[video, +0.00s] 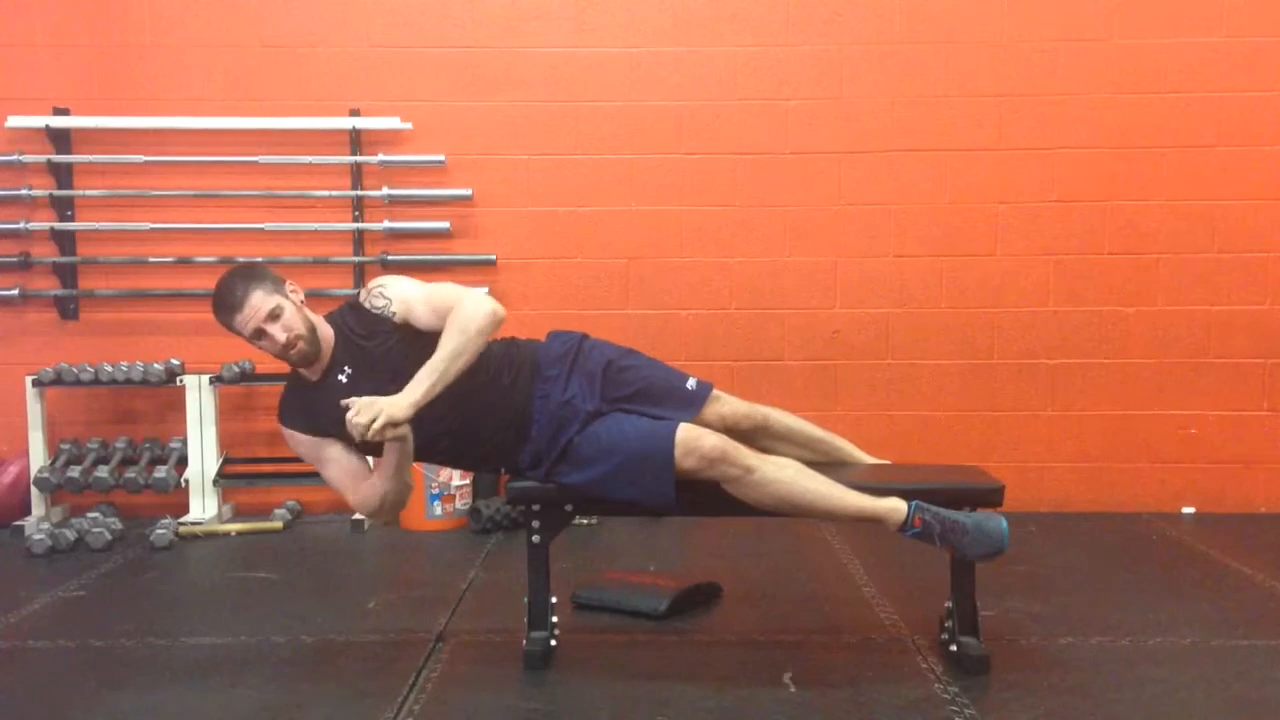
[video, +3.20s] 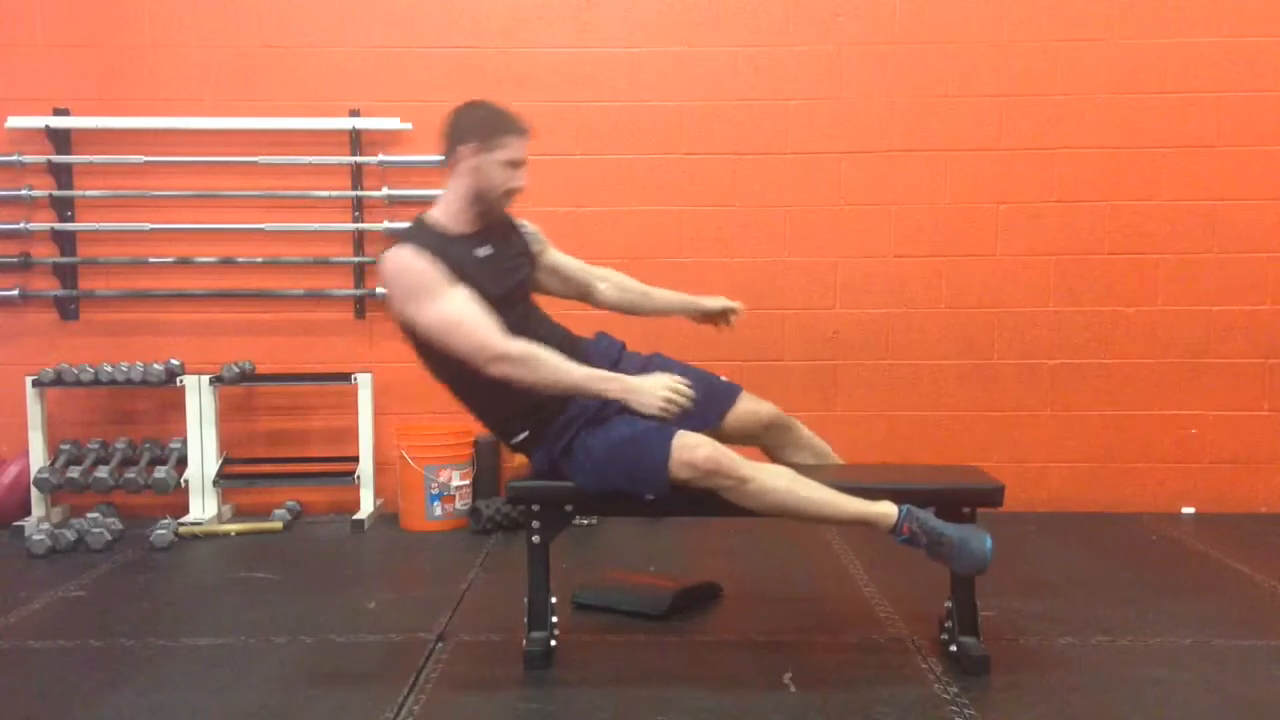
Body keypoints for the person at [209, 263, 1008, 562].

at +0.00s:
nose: (280, 332)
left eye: (276, 310)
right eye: (259, 334)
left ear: (295, 291)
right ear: (252, 350)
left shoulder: (371, 301)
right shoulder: (305, 421)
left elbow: (483, 312)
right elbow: (378, 507)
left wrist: (405, 401)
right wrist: (394, 441)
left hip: (569, 369)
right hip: (547, 451)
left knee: (739, 416)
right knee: (708, 453)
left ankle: (906, 492)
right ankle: (913, 519)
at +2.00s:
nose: (295, 327)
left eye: (294, 307)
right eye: (275, 326)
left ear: (312, 284)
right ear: (260, 337)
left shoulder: (368, 293)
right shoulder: (301, 400)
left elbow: (385, 321)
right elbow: (323, 420)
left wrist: (345, 360)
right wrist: (328, 399)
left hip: (568, 365)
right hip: (548, 446)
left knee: (737, 415)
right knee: (708, 454)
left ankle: (909, 491)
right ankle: (912, 520)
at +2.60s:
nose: (308, 305)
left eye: (309, 287)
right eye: (287, 303)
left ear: (324, 274)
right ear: (268, 318)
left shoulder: (376, 291)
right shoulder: (306, 399)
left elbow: (469, 315)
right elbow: (384, 452)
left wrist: (406, 362)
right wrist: (403, 374)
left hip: (566, 363)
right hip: (541, 442)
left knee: (739, 416)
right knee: (720, 461)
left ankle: (900, 483)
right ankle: (906, 520)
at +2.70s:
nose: (325, 295)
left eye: (327, 277)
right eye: (302, 294)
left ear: (339, 263)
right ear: (279, 307)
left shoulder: (393, 287)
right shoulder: (312, 392)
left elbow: (520, 333)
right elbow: (396, 450)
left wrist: (475, 393)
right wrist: (476, 379)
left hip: (582, 364)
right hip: (547, 443)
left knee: (748, 418)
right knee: (721, 465)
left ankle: (904, 487)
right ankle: (911, 523)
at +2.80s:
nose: (359, 265)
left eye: (361, 247)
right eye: (338, 259)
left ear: (368, 238)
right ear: (302, 271)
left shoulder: (414, 276)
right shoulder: (319, 375)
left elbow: (535, 297)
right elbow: (419, 435)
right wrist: (512, 410)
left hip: (580, 365)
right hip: (543, 444)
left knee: (748, 416)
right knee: (717, 460)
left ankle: (892, 480)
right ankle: (915, 523)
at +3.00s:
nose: (433, 211)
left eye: (430, 198)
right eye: (417, 201)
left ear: (418, 198)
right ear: (369, 209)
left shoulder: (451, 249)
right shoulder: (344, 322)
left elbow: (561, 274)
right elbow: (443, 399)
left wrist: (667, 288)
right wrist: (564, 389)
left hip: (583, 367)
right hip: (547, 434)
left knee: (755, 420)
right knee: (713, 461)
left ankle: (890, 498)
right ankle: (914, 522)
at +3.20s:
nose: (521, 180)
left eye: (523, 165)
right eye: (511, 165)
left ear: (491, 161)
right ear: (463, 160)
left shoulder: (507, 233)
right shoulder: (409, 263)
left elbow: (595, 285)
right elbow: (500, 356)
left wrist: (686, 306)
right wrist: (622, 389)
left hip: (602, 367)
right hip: (555, 426)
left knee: (767, 420)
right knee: (710, 462)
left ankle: (872, 508)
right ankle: (904, 522)